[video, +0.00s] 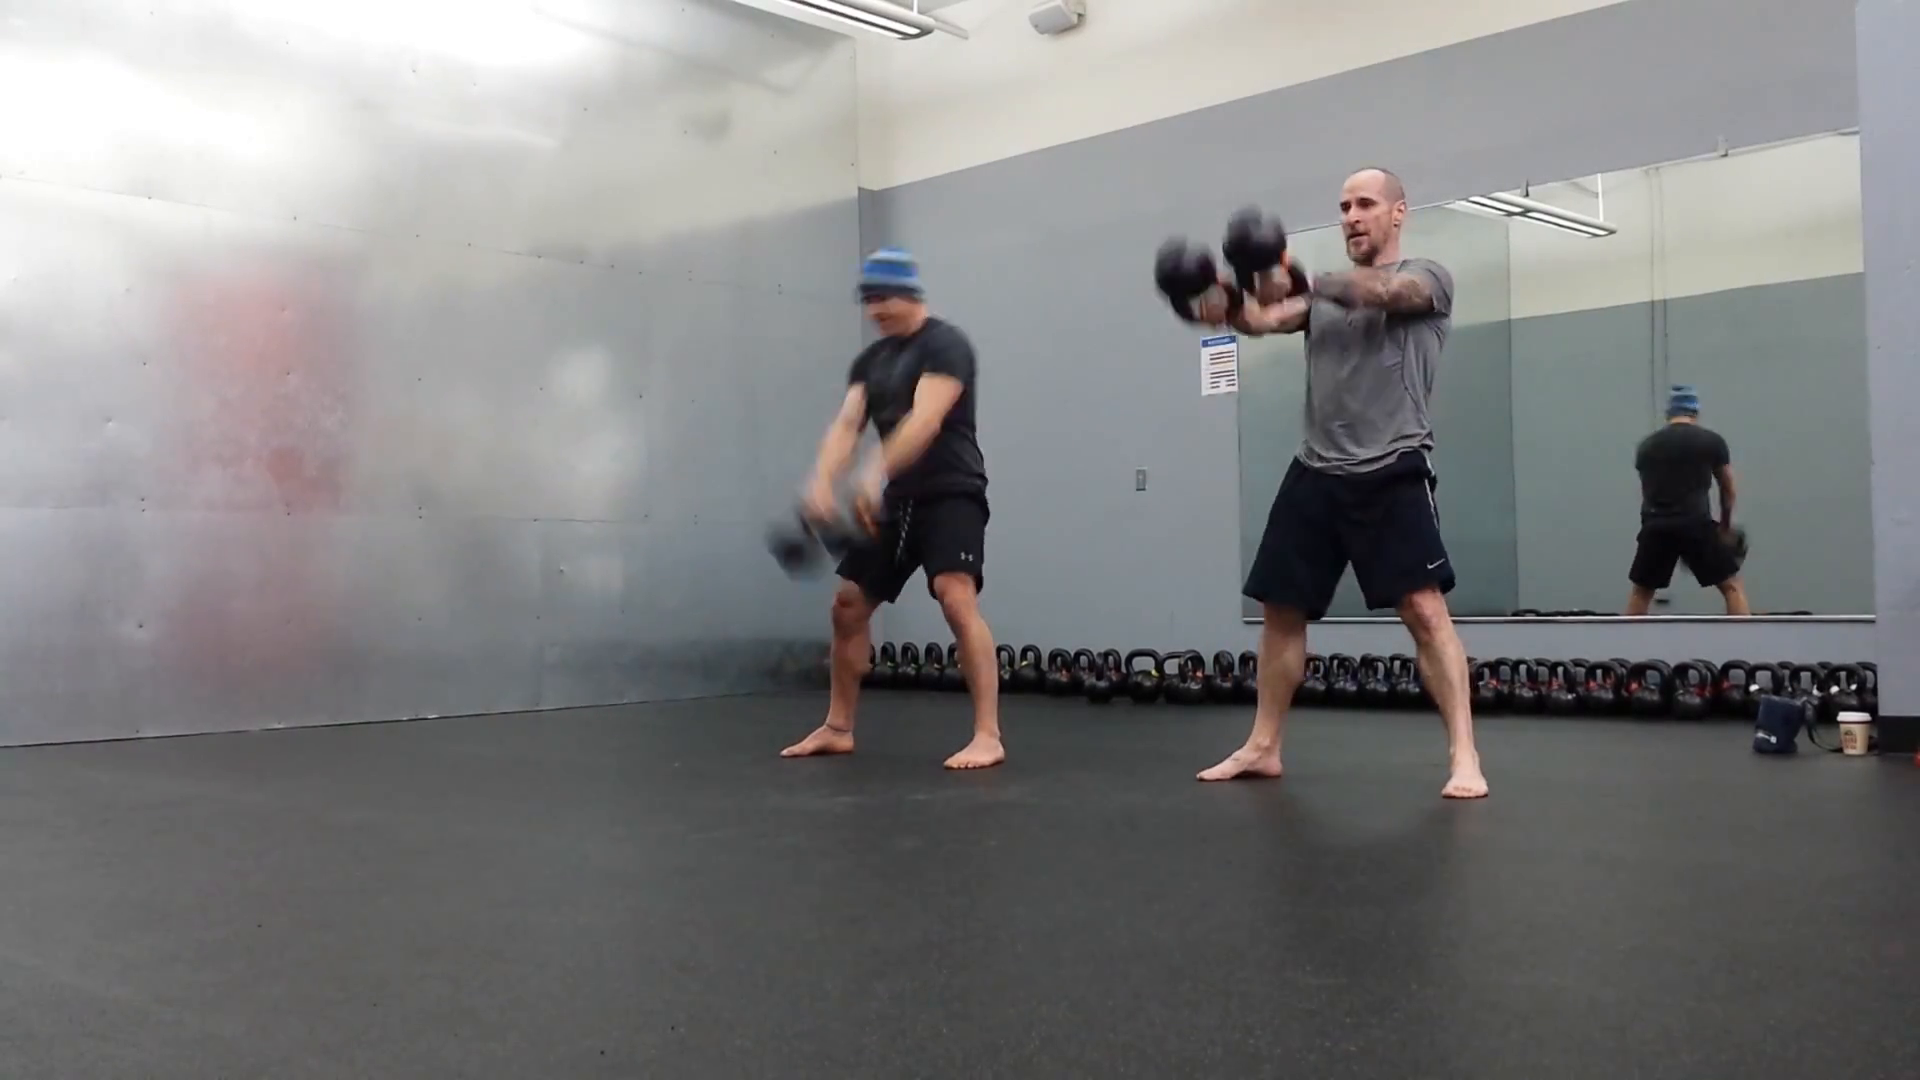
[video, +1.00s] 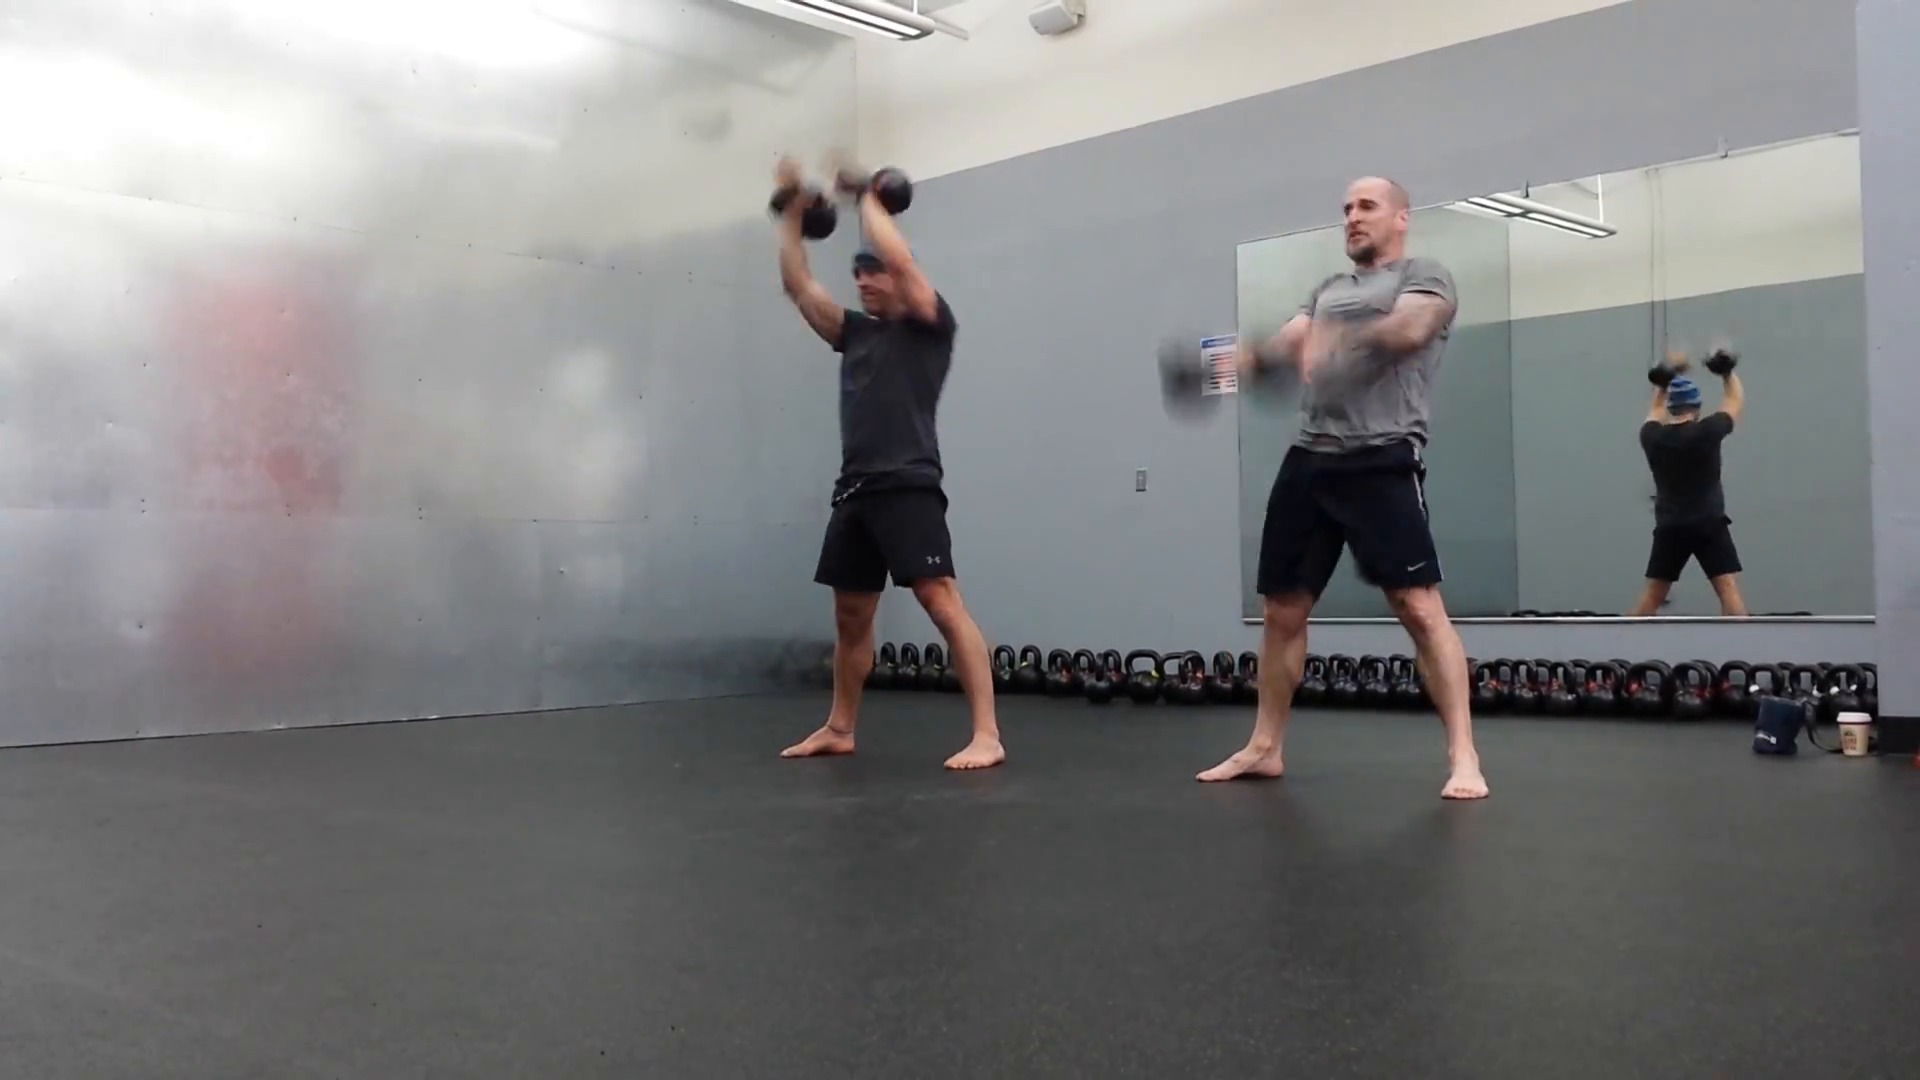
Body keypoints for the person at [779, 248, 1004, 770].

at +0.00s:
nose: (876, 309)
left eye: (885, 298)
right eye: (870, 299)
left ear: (913, 296)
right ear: (866, 303)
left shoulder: (947, 345)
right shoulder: (871, 359)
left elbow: (923, 421)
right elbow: (846, 425)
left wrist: (874, 475)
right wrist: (821, 482)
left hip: (951, 497)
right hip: (896, 500)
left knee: (955, 597)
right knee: (848, 606)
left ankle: (988, 736)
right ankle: (838, 727)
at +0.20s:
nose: (789, 409)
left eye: (797, 395)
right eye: (783, 398)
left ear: (825, 389)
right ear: (782, 402)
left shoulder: (884, 435)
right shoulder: (810, 455)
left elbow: (929, 518)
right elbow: (853, 530)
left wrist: (936, 584)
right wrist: (898, 587)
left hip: (952, 529)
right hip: (891, 539)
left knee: (962, 602)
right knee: (816, 609)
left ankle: (991, 737)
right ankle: (835, 728)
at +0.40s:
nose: (783, 415)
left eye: (791, 402)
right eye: (780, 404)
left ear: (820, 401)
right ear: (783, 408)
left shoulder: (880, 449)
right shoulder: (807, 467)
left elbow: (921, 533)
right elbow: (852, 541)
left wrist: (948, 598)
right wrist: (895, 591)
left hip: (952, 534)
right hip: (888, 545)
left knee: (948, 607)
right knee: (811, 610)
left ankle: (990, 737)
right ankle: (835, 728)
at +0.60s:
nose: (871, 293)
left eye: (882, 284)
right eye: (868, 285)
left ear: (911, 292)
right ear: (866, 296)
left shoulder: (935, 348)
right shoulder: (864, 361)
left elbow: (911, 428)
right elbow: (844, 431)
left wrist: (873, 493)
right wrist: (831, 497)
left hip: (944, 496)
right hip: (893, 500)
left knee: (952, 598)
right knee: (838, 607)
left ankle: (988, 735)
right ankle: (837, 726)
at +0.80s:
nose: (898, 293)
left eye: (908, 283)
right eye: (895, 285)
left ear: (937, 290)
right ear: (897, 296)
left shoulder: (969, 340)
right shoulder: (891, 360)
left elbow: (935, 375)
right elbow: (831, 399)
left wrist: (864, 339)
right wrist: (804, 360)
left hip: (927, 491)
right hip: (872, 491)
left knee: (946, 600)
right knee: (854, 609)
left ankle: (987, 735)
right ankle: (838, 727)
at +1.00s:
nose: (862, 279)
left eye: (875, 270)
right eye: (858, 271)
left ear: (901, 276)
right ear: (857, 279)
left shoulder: (931, 327)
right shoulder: (854, 332)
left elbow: (899, 261)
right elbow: (799, 285)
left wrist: (867, 197)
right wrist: (793, 215)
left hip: (911, 489)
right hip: (856, 492)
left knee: (943, 605)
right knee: (852, 617)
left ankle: (987, 736)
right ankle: (839, 729)